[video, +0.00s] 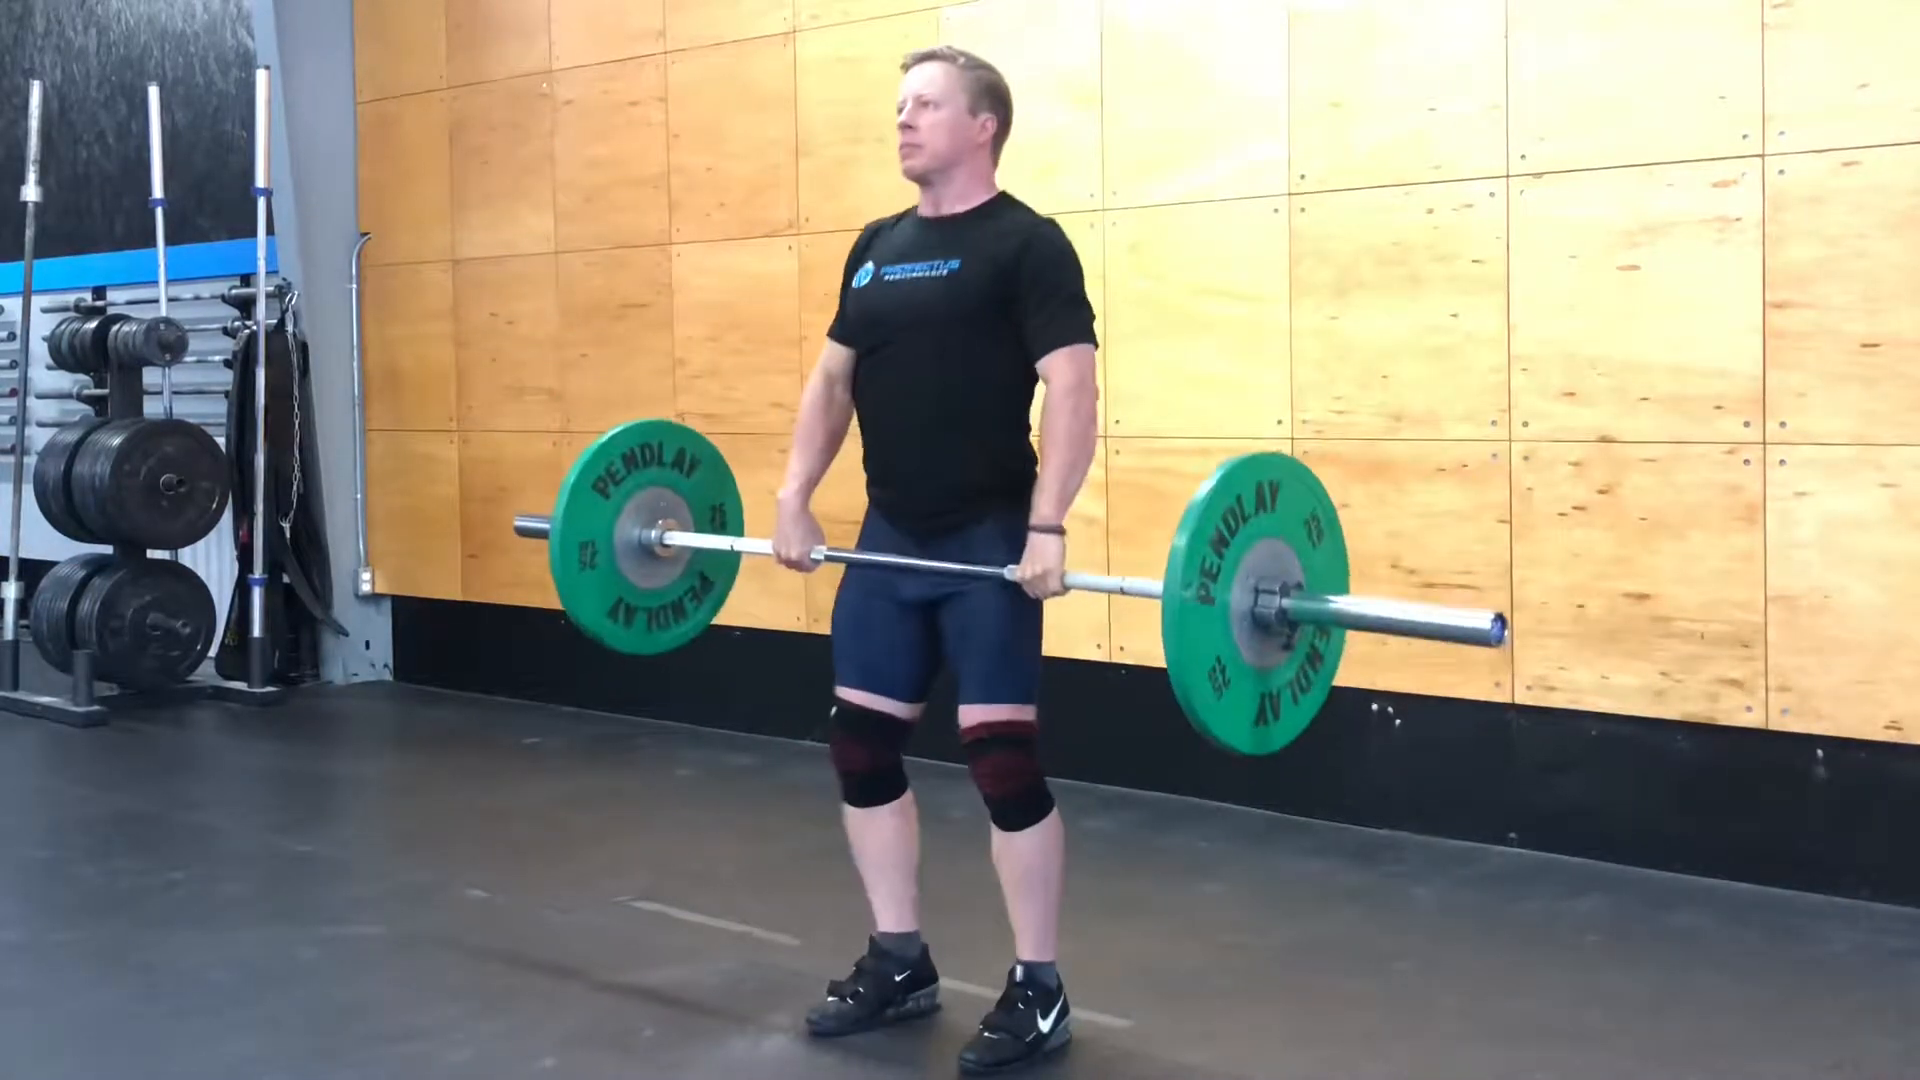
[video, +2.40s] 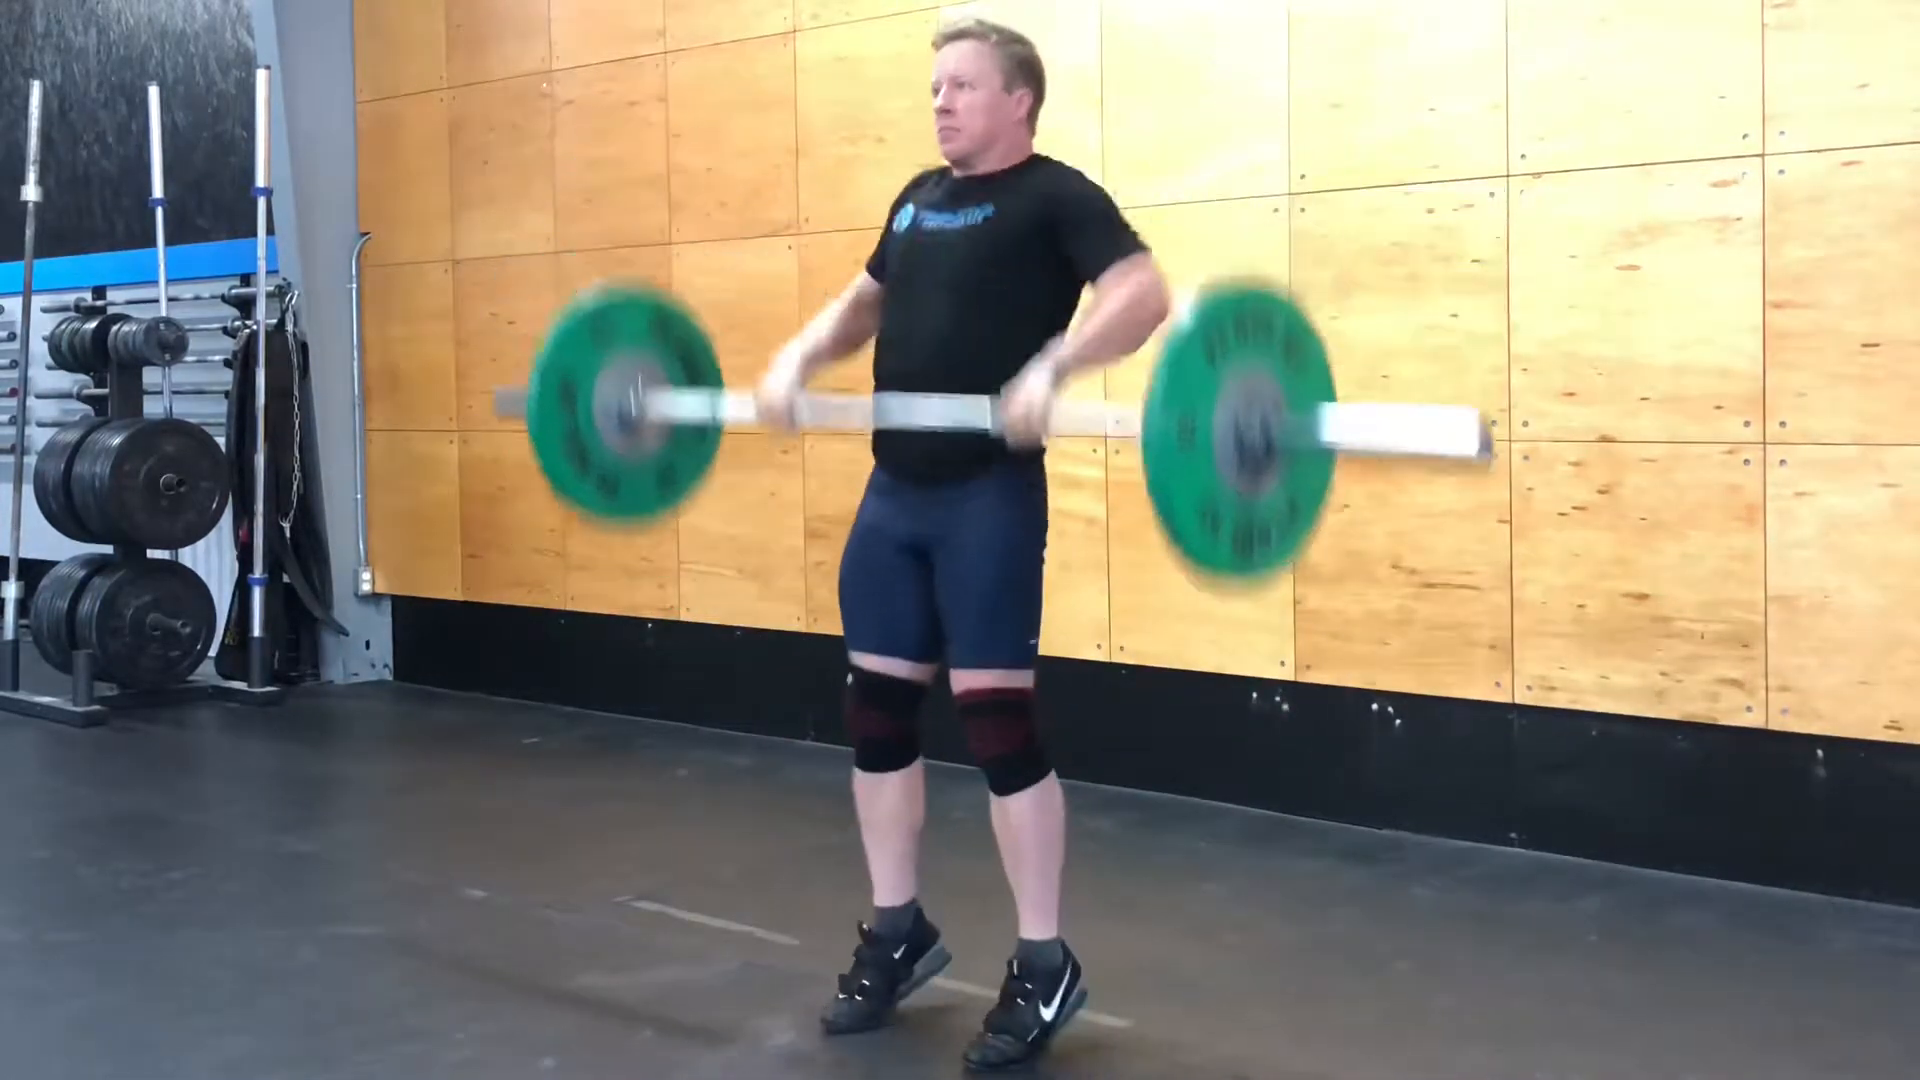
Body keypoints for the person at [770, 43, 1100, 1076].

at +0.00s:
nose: (901, 122)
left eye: (922, 109)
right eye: (901, 109)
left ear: (984, 127)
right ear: (908, 130)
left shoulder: (1031, 246)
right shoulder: (877, 246)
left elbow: (1073, 390)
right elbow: (833, 379)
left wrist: (1046, 523)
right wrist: (794, 495)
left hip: (992, 539)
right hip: (888, 533)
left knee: (1003, 764)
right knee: (862, 746)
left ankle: (1037, 989)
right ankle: (898, 962)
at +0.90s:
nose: (883, 206)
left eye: (903, 190)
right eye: (886, 189)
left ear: (965, 210)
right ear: (921, 213)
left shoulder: (1035, 319)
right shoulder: (882, 319)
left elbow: (1115, 438)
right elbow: (879, 426)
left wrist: (1050, 394)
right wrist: (802, 381)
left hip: (1042, 585)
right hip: (942, 589)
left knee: (1017, 767)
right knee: (831, 756)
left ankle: (1065, 990)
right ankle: (904, 957)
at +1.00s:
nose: (896, 257)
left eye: (917, 244)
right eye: (895, 243)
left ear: (978, 265)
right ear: (898, 265)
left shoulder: (1019, 393)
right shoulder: (871, 399)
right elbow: (772, 504)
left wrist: (1008, 399)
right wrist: (764, 383)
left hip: (1050, 629)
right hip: (948, 633)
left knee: (1026, 788)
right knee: (810, 766)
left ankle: (1065, 994)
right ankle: (901, 957)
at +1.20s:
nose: (911, 386)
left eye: (932, 370)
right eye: (909, 371)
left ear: (992, 391)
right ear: (905, 382)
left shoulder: (1020, 506)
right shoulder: (871, 496)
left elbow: (938, 569)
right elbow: (732, 528)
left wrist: (986, 458)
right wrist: (782, 443)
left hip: (1056, 729)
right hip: (950, 729)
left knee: (1047, 816)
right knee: (792, 787)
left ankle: (1068, 995)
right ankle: (900, 956)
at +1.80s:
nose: (914, 232)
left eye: (936, 216)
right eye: (913, 215)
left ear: (994, 235)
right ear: (908, 231)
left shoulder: (1024, 355)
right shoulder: (867, 353)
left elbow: (956, 430)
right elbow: (740, 411)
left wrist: (987, 307)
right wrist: (775, 312)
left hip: (1042, 606)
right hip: (942, 613)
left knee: (1035, 781)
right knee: (810, 763)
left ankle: (1067, 994)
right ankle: (900, 956)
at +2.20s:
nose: (919, 127)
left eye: (939, 112)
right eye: (918, 112)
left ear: (1000, 130)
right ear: (927, 133)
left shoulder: (1040, 240)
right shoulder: (900, 247)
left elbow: (1089, 391)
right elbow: (846, 376)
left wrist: (1052, 277)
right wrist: (795, 280)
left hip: (1009, 529)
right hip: (912, 531)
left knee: (1007, 754)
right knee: (884, 742)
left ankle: (1060, 988)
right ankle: (912, 959)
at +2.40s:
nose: (940, 105)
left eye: (958, 90)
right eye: (936, 91)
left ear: (1021, 101)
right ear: (940, 104)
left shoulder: (1061, 198)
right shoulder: (921, 196)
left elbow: (1145, 296)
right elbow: (868, 303)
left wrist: (1054, 365)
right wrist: (797, 357)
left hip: (990, 498)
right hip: (892, 495)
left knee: (996, 720)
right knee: (877, 711)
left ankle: (1043, 963)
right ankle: (895, 928)